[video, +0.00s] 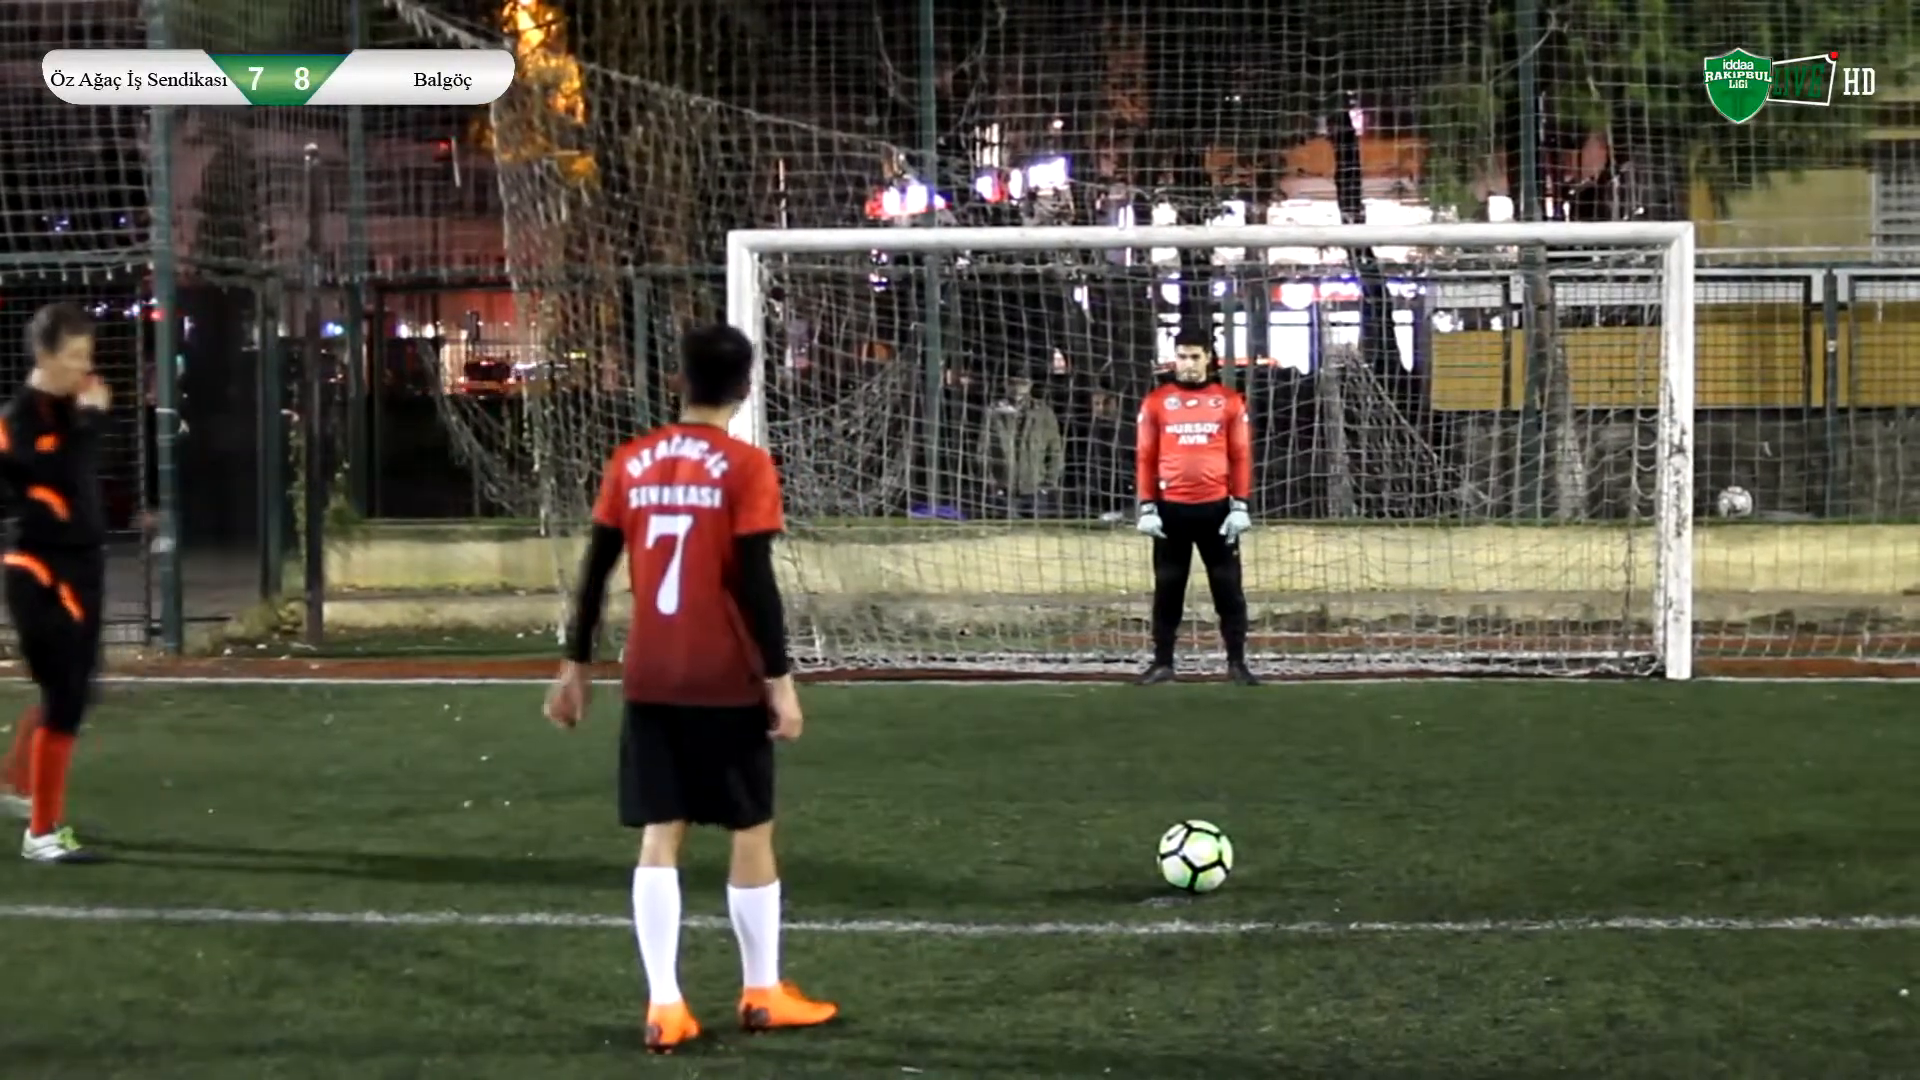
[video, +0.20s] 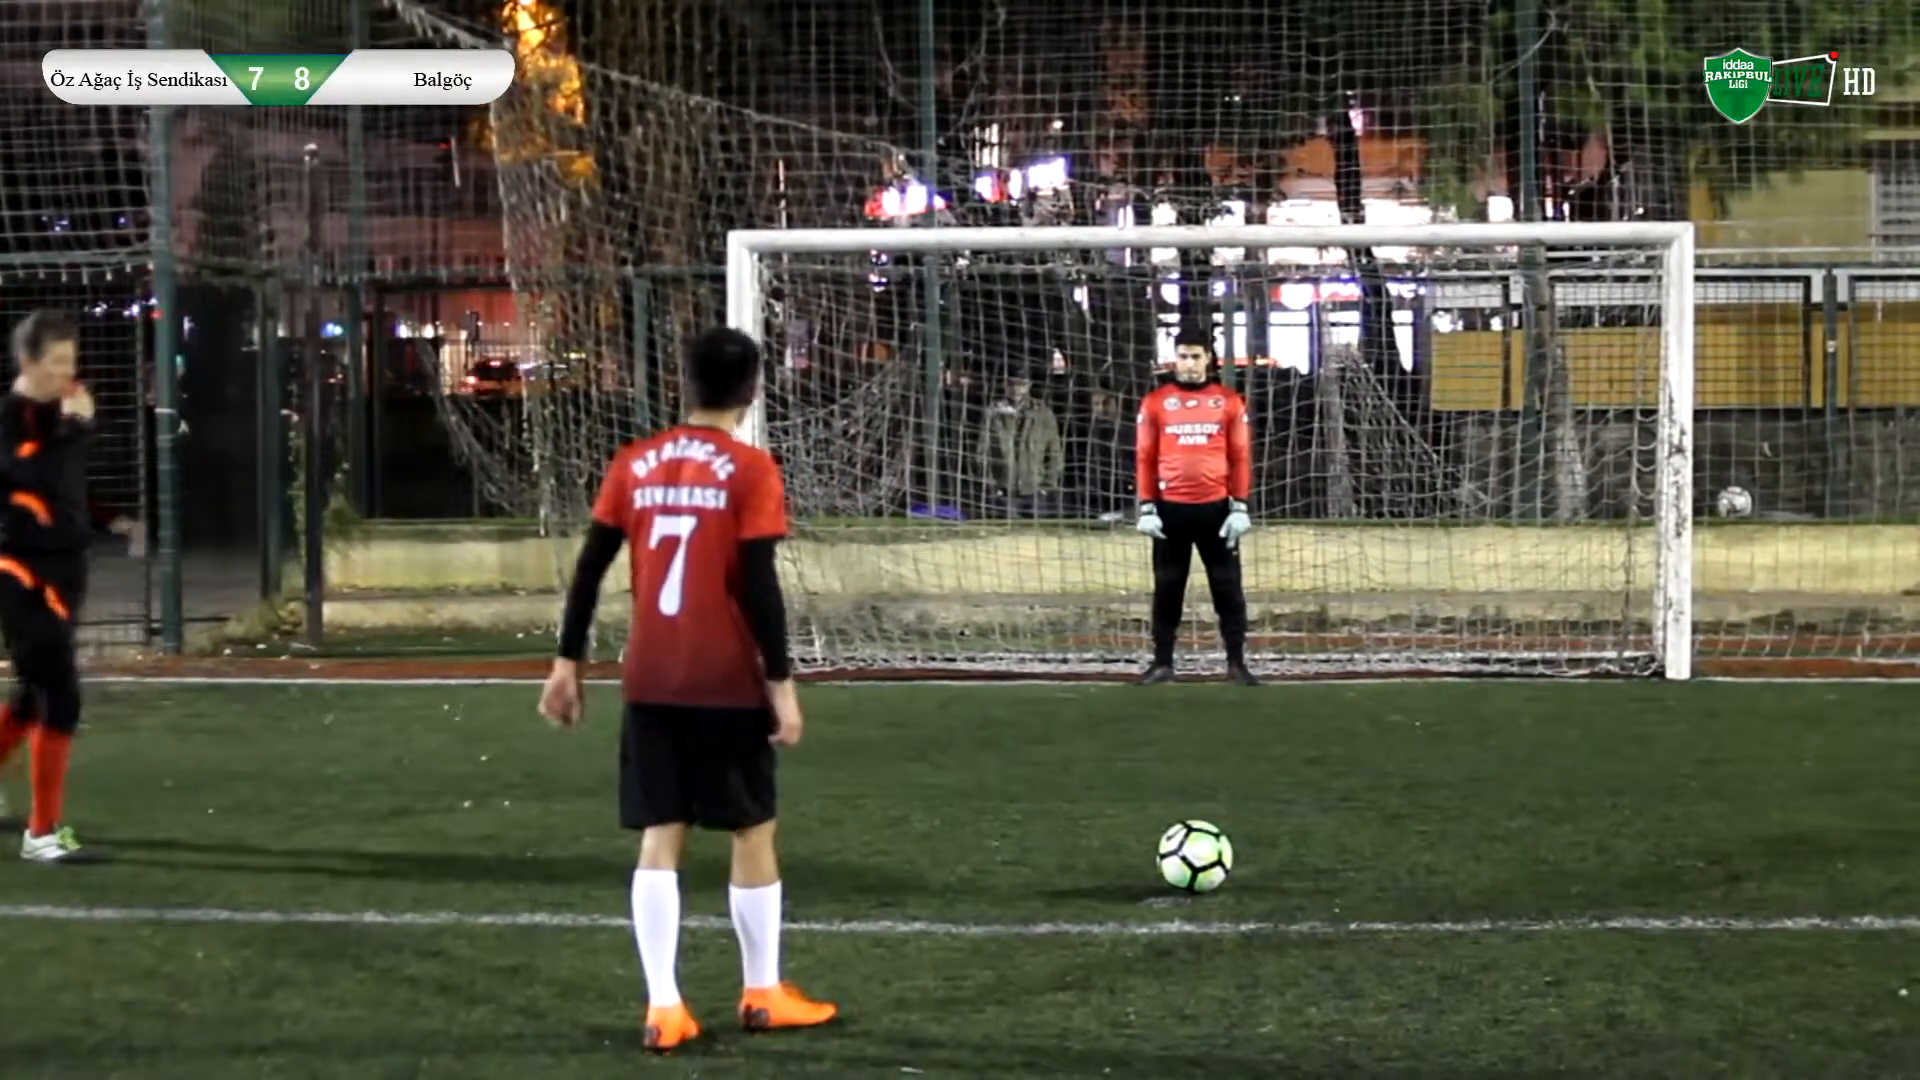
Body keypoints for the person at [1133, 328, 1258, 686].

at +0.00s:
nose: (1188, 364)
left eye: (1195, 357)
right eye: (1182, 357)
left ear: (1209, 359)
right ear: (1174, 359)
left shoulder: (1230, 402)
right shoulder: (1155, 402)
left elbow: (1241, 455)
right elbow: (1145, 456)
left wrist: (1240, 503)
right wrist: (1147, 505)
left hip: (1216, 507)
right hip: (1170, 508)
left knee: (1228, 589)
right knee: (1167, 589)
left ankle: (1237, 662)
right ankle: (1163, 661)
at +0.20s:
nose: (1188, 364)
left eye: (1196, 356)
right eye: (1182, 356)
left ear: (1209, 359)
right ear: (1174, 359)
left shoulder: (1229, 402)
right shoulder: (1154, 402)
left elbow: (1241, 456)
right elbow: (1145, 456)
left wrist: (1240, 504)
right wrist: (1147, 505)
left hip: (1216, 507)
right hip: (1170, 508)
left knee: (1228, 589)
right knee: (1167, 589)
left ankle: (1236, 662)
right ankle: (1163, 661)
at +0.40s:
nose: (1188, 363)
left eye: (1195, 356)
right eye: (1182, 356)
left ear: (1209, 360)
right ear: (1173, 359)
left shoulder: (1229, 402)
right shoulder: (1154, 402)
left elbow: (1240, 456)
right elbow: (1144, 457)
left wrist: (1239, 505)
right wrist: (1146, 505)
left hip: (1216, 507)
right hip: (1170, 508)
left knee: (1228, 589)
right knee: (1166, 589)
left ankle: (1236, 662)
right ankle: (1162, 661)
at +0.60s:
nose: (1189, 363)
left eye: (1197, 356)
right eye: (1183, 356)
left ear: (1210, 359)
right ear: (1174, 359)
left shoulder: (1230, 402)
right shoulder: (1155, 402)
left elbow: (1241, 456)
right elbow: (1145, 456)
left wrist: (1240, 505)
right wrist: (1146, 505)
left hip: (1217, 507)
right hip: (1170, 508)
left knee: (1229, 590)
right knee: (1167, 590)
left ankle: (1236, 661)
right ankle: (1162, 661)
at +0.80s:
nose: (1189, 363)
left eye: (1196, 356)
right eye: (1183, 356)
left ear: (1209, 360)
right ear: (1173, 359)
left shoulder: (1229, 403)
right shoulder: (1154, 403)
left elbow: (1240, 456)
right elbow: (1144, 457)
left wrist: (1239, 505)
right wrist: (1145, 506)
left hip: (1216, 508)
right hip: (1169, 509)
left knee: (1228, 590)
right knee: (1166, 590)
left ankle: (1235, 662)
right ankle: (1161, 662)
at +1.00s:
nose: (1191, 363)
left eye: (1199, 356)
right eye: (1185, 356)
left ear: (1212, 359)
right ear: (1176, 359)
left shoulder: (1232, 402)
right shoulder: (1157, 402)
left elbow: (1243, 456)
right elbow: (1147, 456)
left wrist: (1242, 505)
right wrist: (1148, 506)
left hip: (1219, 507)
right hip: (1172, 509)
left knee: (1231, 590)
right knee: (1169, 590)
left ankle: (1236, 660)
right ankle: (1164, 660)